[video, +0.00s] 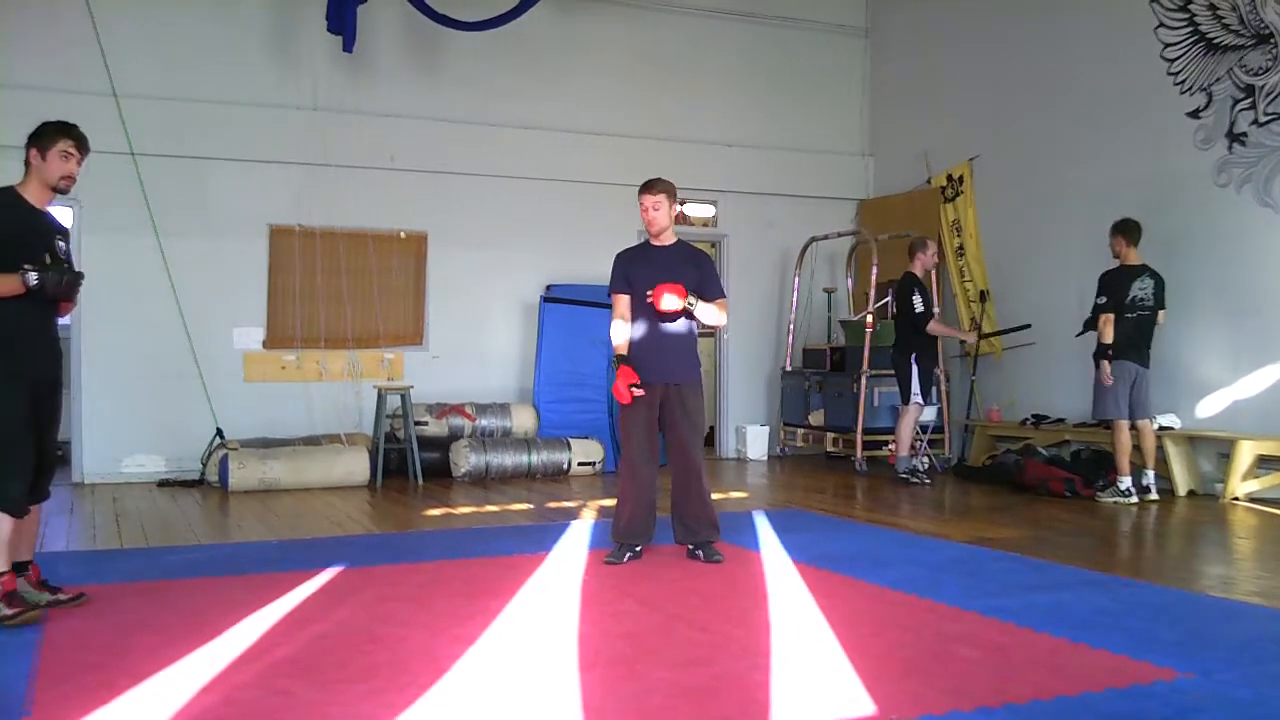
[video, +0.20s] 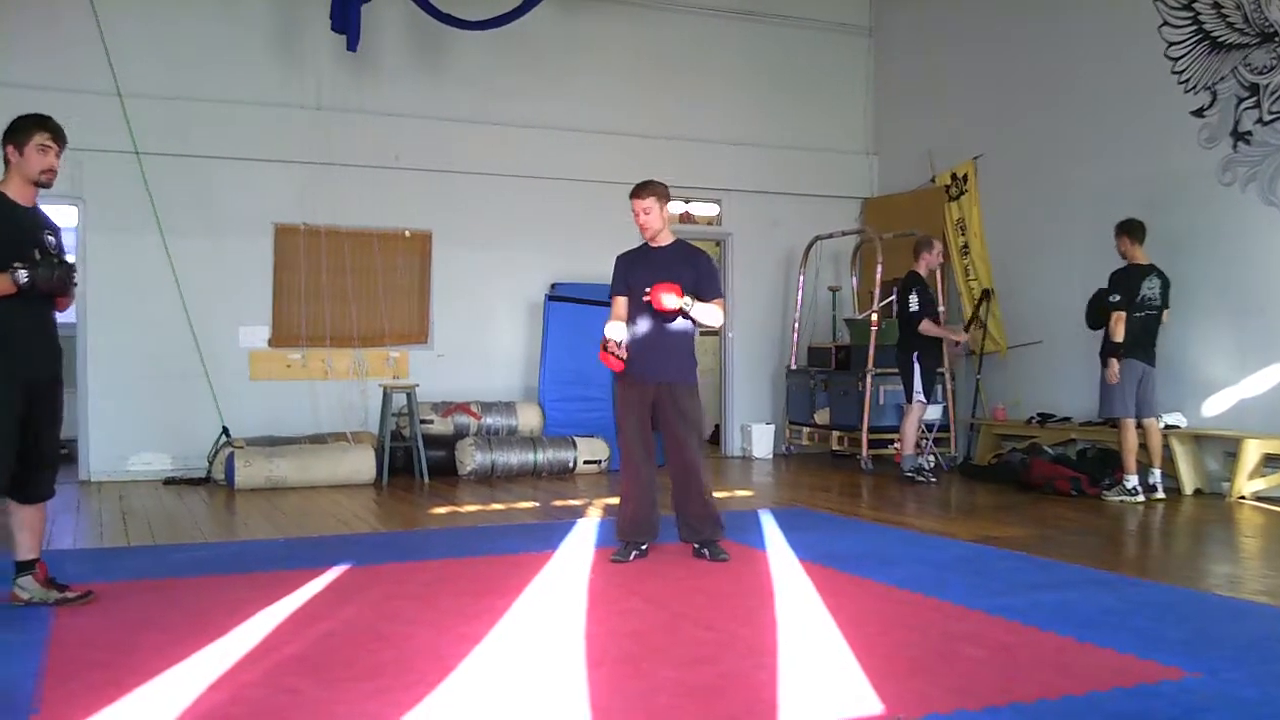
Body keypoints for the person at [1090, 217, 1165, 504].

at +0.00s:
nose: (1110, 245)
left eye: (1112, 240)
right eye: (1111, 240)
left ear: (1122, 241)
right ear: (1136, 241)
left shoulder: (1111, 277)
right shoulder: (1155, 277)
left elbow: (1106, 320)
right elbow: (1160, 317)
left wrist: (1103, 356)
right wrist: (1130, 315)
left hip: (1118, 357)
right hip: (1142, 359)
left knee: (1120, 422)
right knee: (1144, 420)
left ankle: (1124, 485)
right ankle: (1150, 483)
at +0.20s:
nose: (1117, 246)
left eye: (1118, 241)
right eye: (1117, 241)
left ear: (1126, 241)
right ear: (1141, 240)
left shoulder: (1121, 277)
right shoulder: (1160, 277)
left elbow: (1118, 319)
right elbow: (1163, 317)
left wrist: (1112, 356)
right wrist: (1134, 313)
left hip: (1125, 355)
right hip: (1148, 357)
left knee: (1126, 420)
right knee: (1150, 419)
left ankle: (1130, 483)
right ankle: (1156, 481)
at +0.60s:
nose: (1184, 252)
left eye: (1186, 247)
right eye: (1185, 247)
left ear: (1198, 247)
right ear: (1209, 247)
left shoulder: (1191, 281)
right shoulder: (1228, 284)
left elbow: (1178, 324)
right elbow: (1207, 318)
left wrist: (1159, 318)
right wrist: (1174, 304)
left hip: (1188, 361)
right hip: (1212, 362)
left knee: (1190, 427)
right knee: (1212, 426)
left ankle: (1193, 491)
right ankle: (1219, 490)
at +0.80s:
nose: (1173, 253)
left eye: (1174, 247)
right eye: (1172, 248)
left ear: (1187, 245)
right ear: (1196, 245)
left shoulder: (1181, 278)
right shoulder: (1217, 281)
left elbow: (1169, 319)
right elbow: (1194, 314)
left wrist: (1146, 302)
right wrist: (1162, 297)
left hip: (1177, 359)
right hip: (1201, 359)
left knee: (1180, 425)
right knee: (1202, 423)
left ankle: (1183, 489)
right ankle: (1209, 488)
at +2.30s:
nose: (1216, 192)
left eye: (1218, 186)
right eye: (1217, 186)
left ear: (1230, 186)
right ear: (1242, 187)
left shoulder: (1222, 223)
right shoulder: (1260, 226)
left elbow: (1212, 265)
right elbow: (1241, 264)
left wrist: (1187, 262)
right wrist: (1197, 258)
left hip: (1216, 304)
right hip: (1240, 305)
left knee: (1218, 371)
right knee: (1241, 369)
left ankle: (1222, 436)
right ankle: (1248, 435)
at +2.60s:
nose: (1235, 198)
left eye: (1238, 193)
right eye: (1235, 193)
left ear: (1250, 193)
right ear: (1261, 193)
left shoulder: (1243, 228)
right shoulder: (1274, 228)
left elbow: (1231, 271)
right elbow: (1262, 268)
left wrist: (1209, 266)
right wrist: (1224, 258)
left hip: (1237, 310)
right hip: (1262, 310)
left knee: (1240, 377)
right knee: (1264, 376)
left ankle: (1244, 443)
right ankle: (1271, 440)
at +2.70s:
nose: (1252, 199)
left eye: (1255, 193)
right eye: (1252, 193)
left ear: (1269, 192)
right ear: (1273, 192)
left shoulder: (1260, 228)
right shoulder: (1276, 226)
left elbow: (1246, 271)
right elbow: (1259, 268)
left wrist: (1224, 269)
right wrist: (1234, 263)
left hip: (1255, 310)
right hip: (1275, 309)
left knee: (1255, 378)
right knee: (1273, 378)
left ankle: (1260, 442)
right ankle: (1273, 437)